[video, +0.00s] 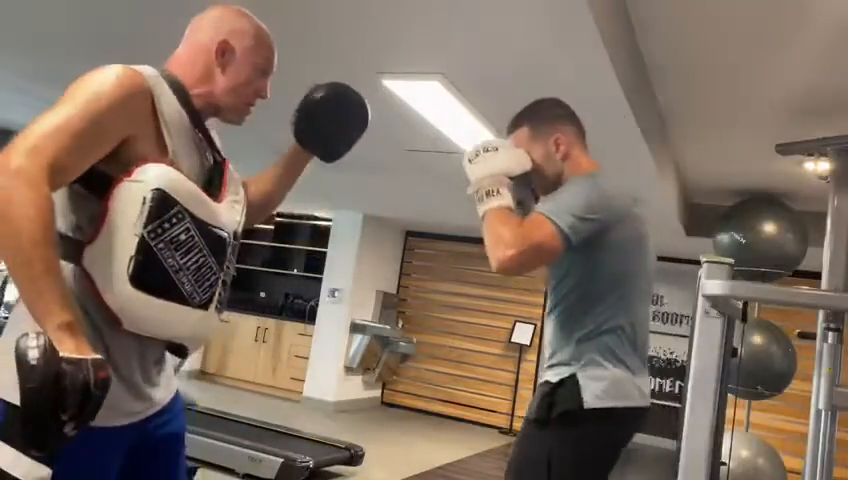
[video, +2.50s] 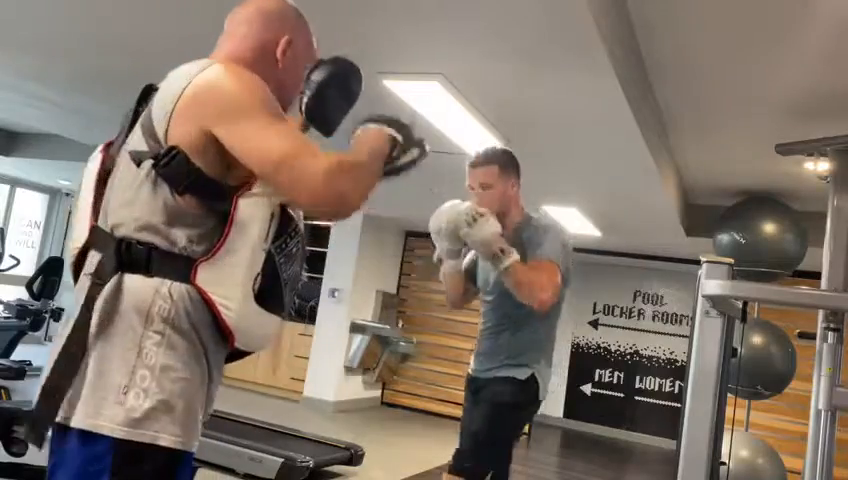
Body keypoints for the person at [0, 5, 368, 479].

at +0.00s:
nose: (265, 92)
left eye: (268, 78)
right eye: (263, 73)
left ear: (223, 54)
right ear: (223, 53)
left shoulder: (201, 143)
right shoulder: (124, 91)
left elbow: (249, 205)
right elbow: (18, 173)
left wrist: (307, 144)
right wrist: (66, 333)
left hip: (158, 398)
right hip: (83, 402)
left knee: (167, 475)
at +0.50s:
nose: (325, 137)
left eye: (329, 126)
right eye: (324, 121)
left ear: (295, 105)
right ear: (298, 103)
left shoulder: (275, 183)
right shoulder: (230, 111)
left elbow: (291, 241)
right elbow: (140, 161)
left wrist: (343, 198)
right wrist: (166, 299)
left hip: (196, 392)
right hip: (137, 378)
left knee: (187, 473)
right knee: (104, 474)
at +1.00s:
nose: (313, 113)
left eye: (317, 99)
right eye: (315, 94)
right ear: (287, 77)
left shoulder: (248, 142)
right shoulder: (218, 103)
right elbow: (172, 206)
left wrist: (297, 221)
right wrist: (247, 341)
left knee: (184, 465)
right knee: (132, 467)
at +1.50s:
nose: (319, 110)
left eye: (325, 100)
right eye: (322, 95)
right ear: (295, 77)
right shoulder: (229, 100)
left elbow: (274, 197)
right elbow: (186, 200)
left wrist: (331, 147)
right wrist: (239, 348)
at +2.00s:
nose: (343, 143)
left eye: (349, 132)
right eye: (345, 126)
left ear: (316, 108)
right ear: (323, 107)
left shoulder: (290, 170)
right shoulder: (265, 112)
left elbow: (298, 242)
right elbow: (209, 166)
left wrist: (353, 195)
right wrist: (277, 285)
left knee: (202, 462)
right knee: (147, 463)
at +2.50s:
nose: (304, 86)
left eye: (312, 74)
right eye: (309, 70)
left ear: (235, 37)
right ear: (283, 51)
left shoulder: (192, 85)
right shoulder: (224, 86)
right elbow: (329, 192)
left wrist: (300, 121)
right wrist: (375, 142)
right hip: (152, 332)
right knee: (132, 462)